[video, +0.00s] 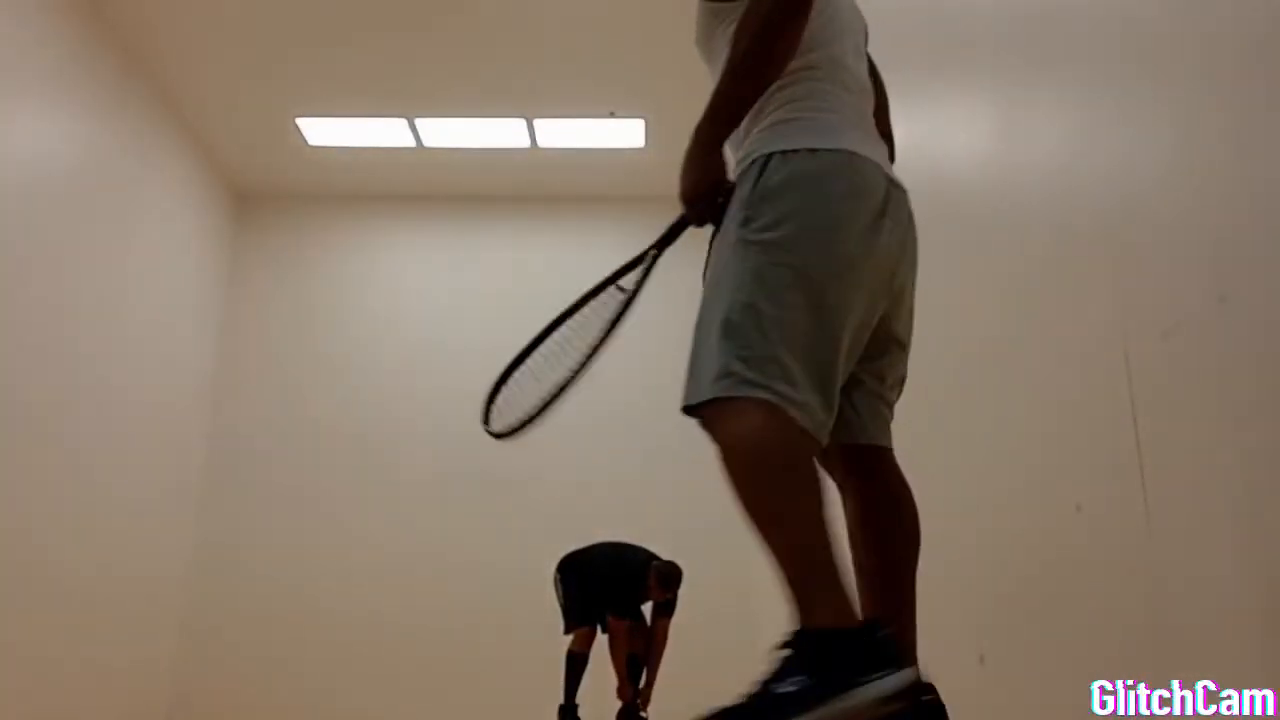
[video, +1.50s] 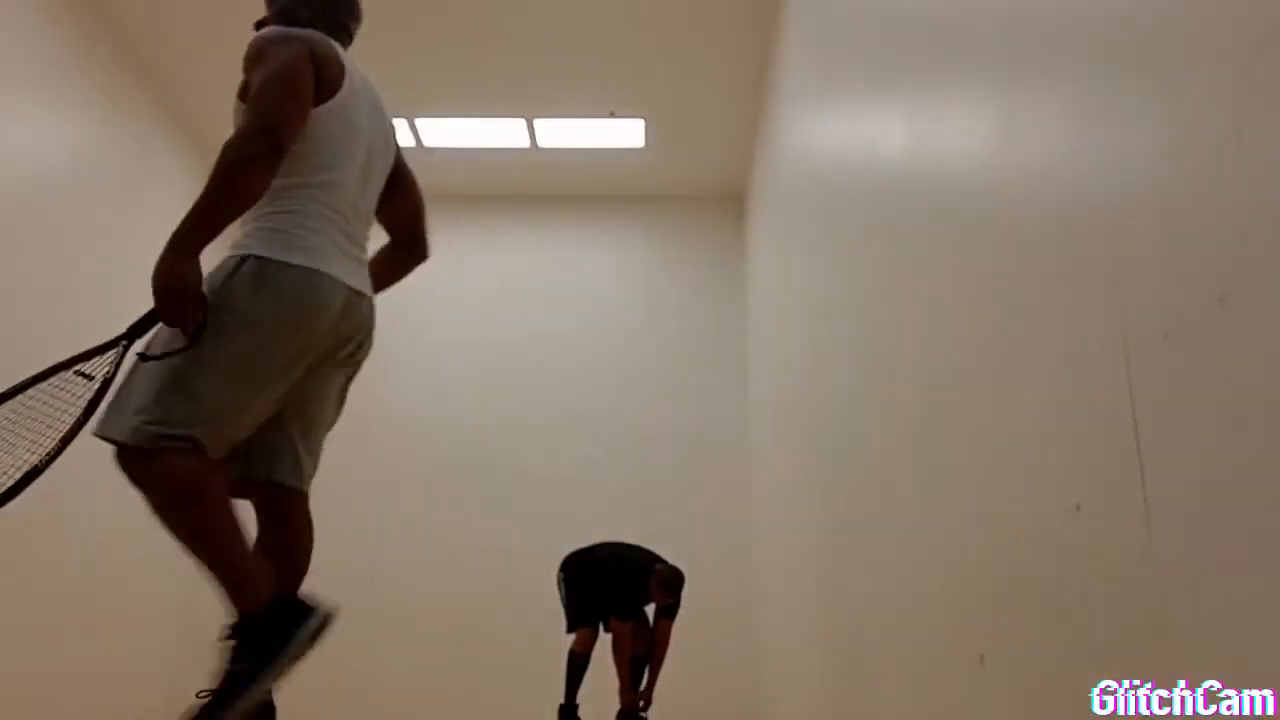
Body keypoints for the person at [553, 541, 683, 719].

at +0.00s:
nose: (662, 598)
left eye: (667, 594)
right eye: (660, 592)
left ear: (673, 590)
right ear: (652, 582)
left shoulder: (668, 587)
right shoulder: (624, 582)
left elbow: (659, 636)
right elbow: (617, 637)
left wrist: (649, 686)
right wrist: (623, 683)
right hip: (573, 576)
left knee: (640, 637)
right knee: (584, 633)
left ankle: (629, 707)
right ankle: (568, 706)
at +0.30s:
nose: (660, 597)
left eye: (666, 594)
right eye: (659, 591)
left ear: (672, 590)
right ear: (652, 580)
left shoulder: (669, 586)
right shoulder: (623, 577)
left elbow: (659, 636)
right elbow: (615, 633)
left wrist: (649, 683)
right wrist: (631, 680)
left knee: (642, 640)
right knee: (584, 637)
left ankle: (628, 708)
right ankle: (569, 704)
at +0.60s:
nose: (658, 599)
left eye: (666, 596)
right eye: (658, 592)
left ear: (673, 592)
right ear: (652, 582)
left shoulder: (669, 587)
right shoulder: (625, 581)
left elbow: (660, 637)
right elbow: (618, 638)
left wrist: (650, 687)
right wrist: (626, 690)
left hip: (609, 576)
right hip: (575, 574)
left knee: (642, 637)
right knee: (585, 633)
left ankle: (628, 709)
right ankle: (568, 706)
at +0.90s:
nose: (661, 602)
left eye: (667, 598)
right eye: (660, 595)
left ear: (674, 593)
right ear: (655, 585)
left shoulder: (670, 587)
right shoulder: (628, 584)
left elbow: (660, 639)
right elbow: (620, 640)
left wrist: (650, 688)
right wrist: (624, 690)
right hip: (576, 573)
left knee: (642, 638)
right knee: (586, 634)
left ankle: (629, 709)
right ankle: (569, 705)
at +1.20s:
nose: (661, 603)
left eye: (667, 599)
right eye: (660, 596)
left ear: (674, 592)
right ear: (655, 585)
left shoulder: (671, 586)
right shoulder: (627, 583)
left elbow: (661, 638)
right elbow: (621, 637)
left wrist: (650, 687)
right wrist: (625, 687)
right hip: (576, 574)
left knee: (643, 637)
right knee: (586, 635)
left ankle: (629, 709)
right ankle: (569, 706)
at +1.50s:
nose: (662, 603)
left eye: (668, 599)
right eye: (660, 596)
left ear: (674, 591)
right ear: (654, 585)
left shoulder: (671, 585)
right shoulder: (627, 584)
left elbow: (661, 639)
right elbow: (621, 642)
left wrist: (650, 688)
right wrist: (625, 691)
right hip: (577, 574)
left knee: (643, 636)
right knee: (586, 635)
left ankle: (628, 709)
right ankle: (569, 706)